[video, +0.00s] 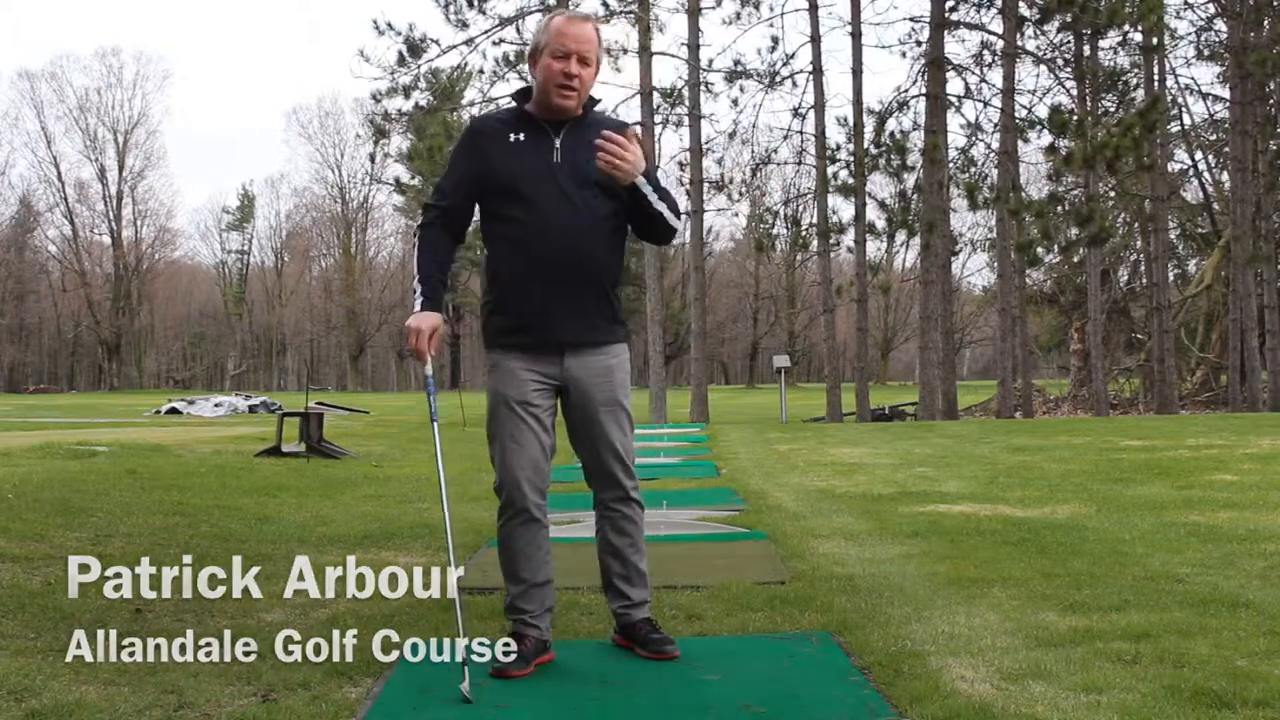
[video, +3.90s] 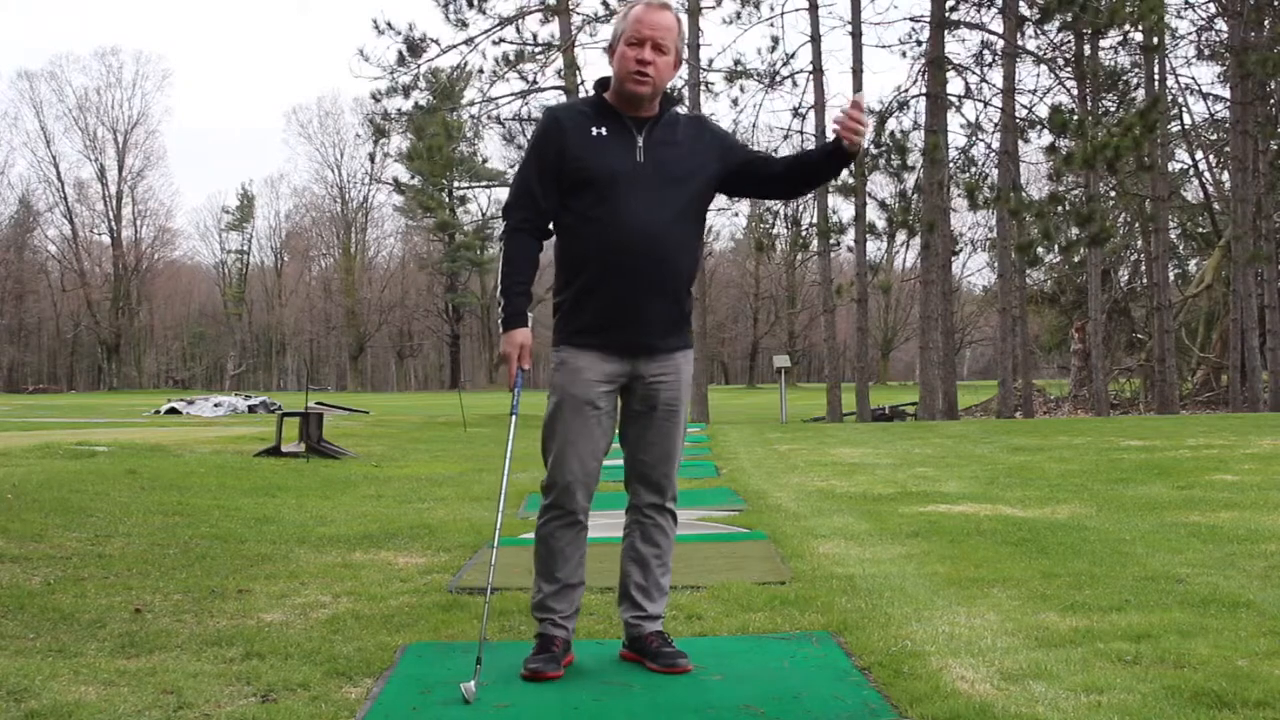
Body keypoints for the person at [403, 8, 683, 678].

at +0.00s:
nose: (571, 70)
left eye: (584, 61)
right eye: (560, 56)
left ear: (598, 73)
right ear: (533, 62)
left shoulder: (618, 139)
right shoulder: (487, 136)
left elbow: (665, 228)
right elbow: (442, 222)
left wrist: (636, 180)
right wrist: (428, 304)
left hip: (598, 340)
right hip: (516, 343)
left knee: (618, 484)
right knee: (520, 493)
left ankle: (634, 616)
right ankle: (530, 632)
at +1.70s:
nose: (544, 68)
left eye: (554, 58)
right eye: (531, 55)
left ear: (563, 66)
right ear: (496, 59)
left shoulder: (582, 132)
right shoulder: (451, 141)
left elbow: (622, 206)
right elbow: (426, 246)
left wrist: (637, 240)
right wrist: (430, 339)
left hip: (577, 341)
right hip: (494, 346)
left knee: (594, 493)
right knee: (514, 496)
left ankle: (608, 628)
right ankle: (527, 631)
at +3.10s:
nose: (554, 59)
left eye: (567, 50)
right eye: (542, 46)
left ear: (581, 65)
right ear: (515, 54)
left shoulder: (607, 135)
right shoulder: (471, 137)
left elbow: (680, 191)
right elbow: (438, 237)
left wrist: (660, 154)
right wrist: (443, 334)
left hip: (595, 341)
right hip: (513, 346)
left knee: (620, 489)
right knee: (523, 495)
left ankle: (643, 629)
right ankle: (529, 632)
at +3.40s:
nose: (597, 57)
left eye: (611, 50)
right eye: (587, 43)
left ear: (623, 66)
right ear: (559, 50)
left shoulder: (649, 137)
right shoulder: (510, 132)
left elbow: (720, 181)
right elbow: (473, 234)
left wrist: (741, 140)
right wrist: (476, 328)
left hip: (629, 344)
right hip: (545, 345)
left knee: (636, 494)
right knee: (539, 495)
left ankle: (644, 628)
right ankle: (530, 630)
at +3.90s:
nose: (643, 56)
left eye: (658, 48)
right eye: (634, 44)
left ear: (676, 65)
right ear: (611, 53)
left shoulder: (701, 140)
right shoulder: (564, 129)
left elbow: (776, 179)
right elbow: (523, 227)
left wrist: (840, 149)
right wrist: (515, 319)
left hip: (666, 347)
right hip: (583, 343)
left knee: (655, 496)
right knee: (566, 494)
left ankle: (645, 629)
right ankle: (553, 632)